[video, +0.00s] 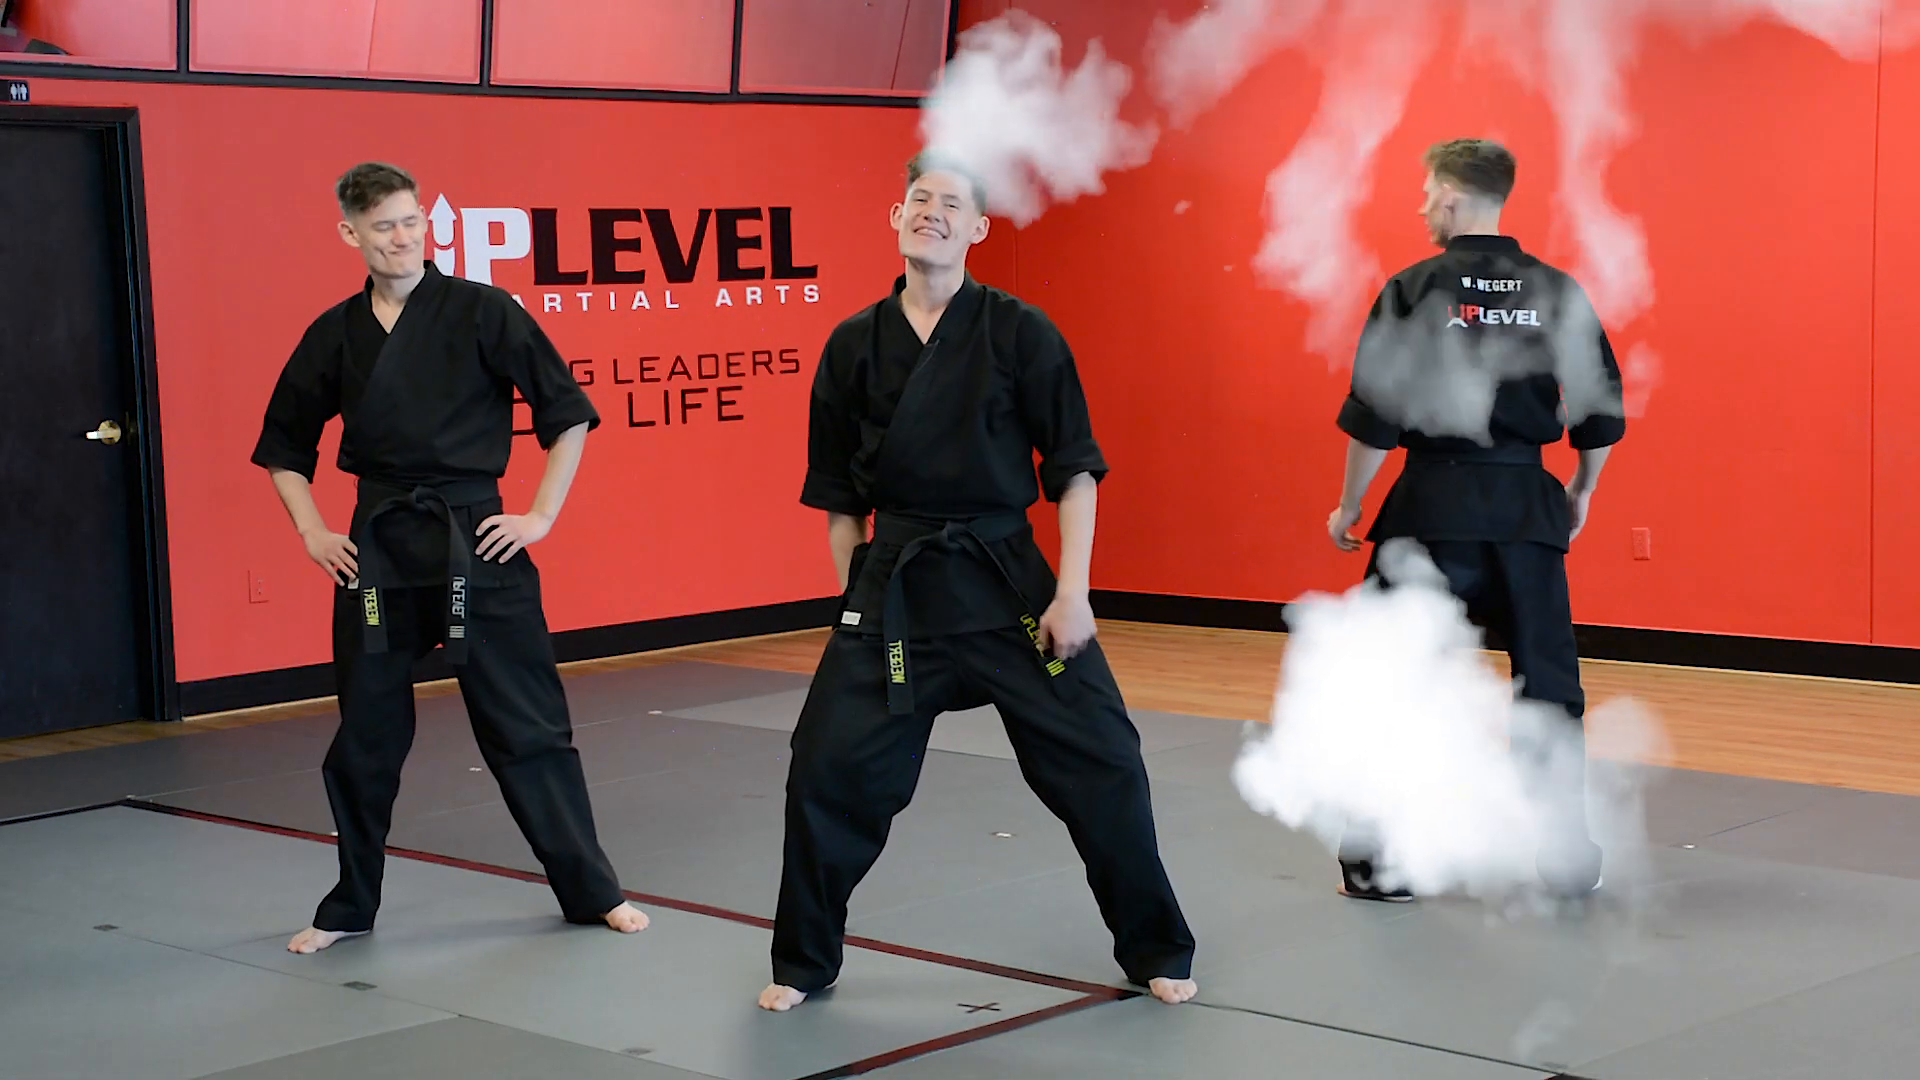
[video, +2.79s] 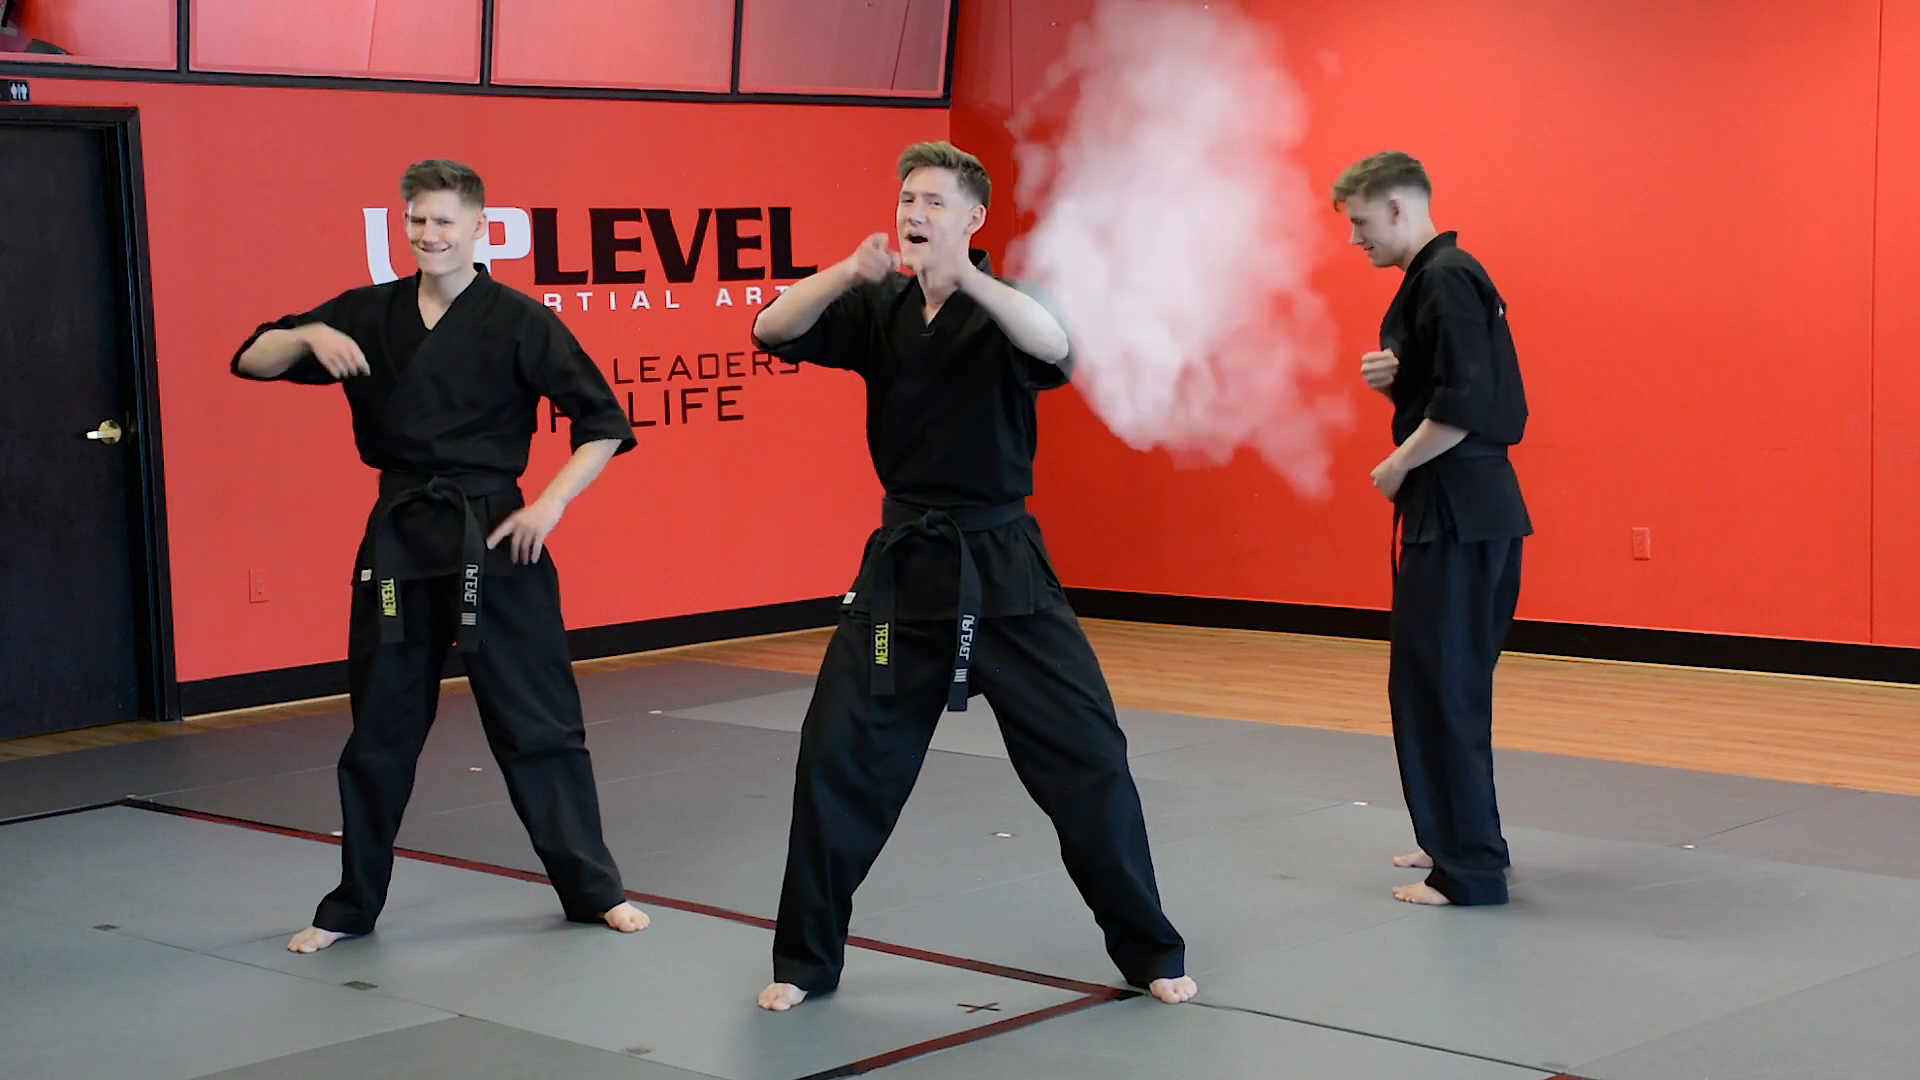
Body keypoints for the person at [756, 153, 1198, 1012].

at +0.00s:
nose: (930, 212)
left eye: (951, 203)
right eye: (919, 199)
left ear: (979, 230)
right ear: (895, 219)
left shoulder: (1023, 334)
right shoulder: (853, 346)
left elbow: (1076, 469)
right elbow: (840, 494)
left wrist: (1073, 592)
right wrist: (855, 605)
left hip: (1007, 580)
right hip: (893, 587)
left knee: (1105, 765)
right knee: (827, 767)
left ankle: (1155, 947)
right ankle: (804, 959)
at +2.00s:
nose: (942, 217)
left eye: (959, 205)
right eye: (929, 207)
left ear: (994, 221)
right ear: (910, 228)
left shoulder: (1036, 336)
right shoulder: (864, 327)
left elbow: (1065, 466)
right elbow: (819, 436)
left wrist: (1019, 507)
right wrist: (832, 496)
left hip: (1013, 573)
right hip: (898, 574)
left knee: (1103, 753)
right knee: (832, 764)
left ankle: (1153, 948)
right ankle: (805, 959)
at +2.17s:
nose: (938, 218)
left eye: (955, 205)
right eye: (925, 207)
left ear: (990, 219)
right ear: (907, 225)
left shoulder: (1032, 330)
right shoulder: (867, 326)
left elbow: (1031, 458)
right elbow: (841, 436)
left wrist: (953, 432)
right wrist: (918, 422)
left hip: (1010, 571)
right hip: (898, 574)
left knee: (1101, 754)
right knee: (829, 764)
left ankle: (1152, 948)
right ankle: (804, 960)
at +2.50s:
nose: (924, 218)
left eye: (941, 204)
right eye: (913, 205)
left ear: (979, 218)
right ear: (899, 222)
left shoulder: (1024, 306)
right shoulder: (878, 316)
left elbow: (1052, 375)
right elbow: (787, 357)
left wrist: (969, 302)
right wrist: (854, 307)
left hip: (1009, 566)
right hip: (901, 567)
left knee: (1095, 757)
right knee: (833, 763)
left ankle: (1151, 952)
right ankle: (805, 960)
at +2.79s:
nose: (914, 215)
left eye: (934, 202)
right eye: (907, 200)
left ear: (974, 219)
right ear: (895, 214)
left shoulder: (1013, 307)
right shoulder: (875, 307)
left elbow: (1053, 348)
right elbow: (770, 332)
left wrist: (970, 280)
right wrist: (848, 273)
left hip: (1007, 563)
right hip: (903, 565)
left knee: (1091, 757)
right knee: (835, 763)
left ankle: (1150, 953)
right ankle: (807, 961)